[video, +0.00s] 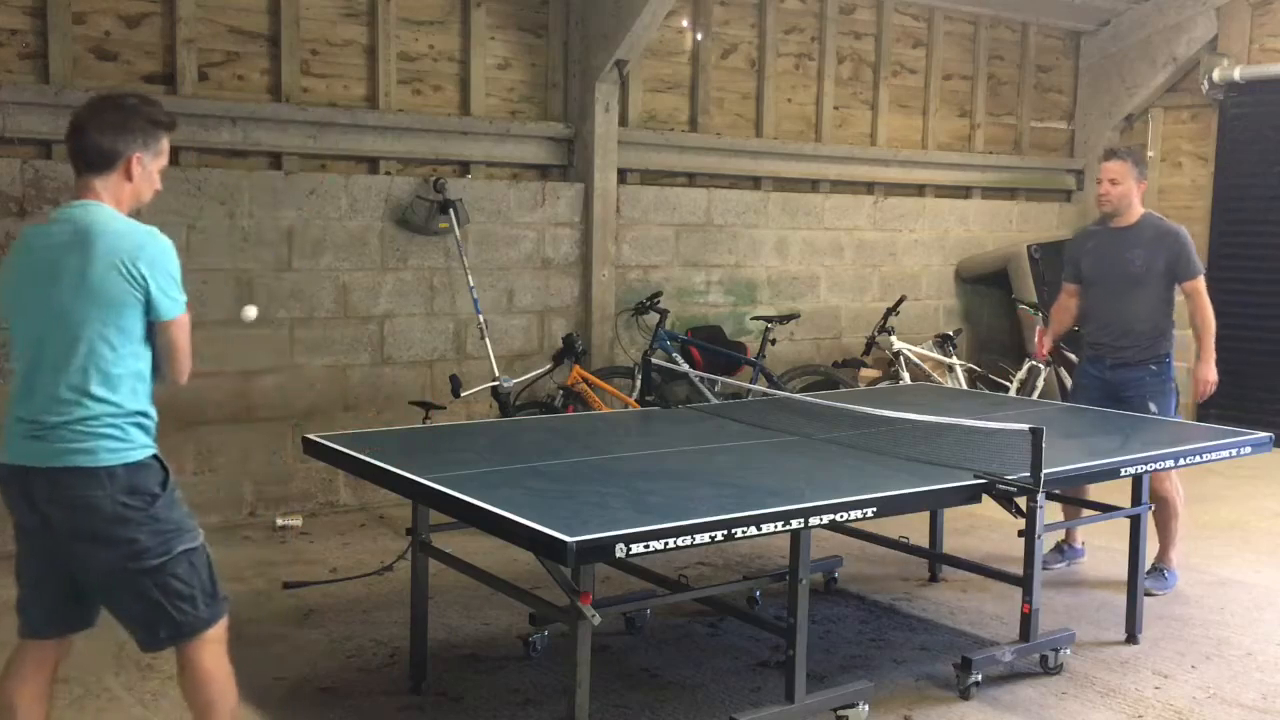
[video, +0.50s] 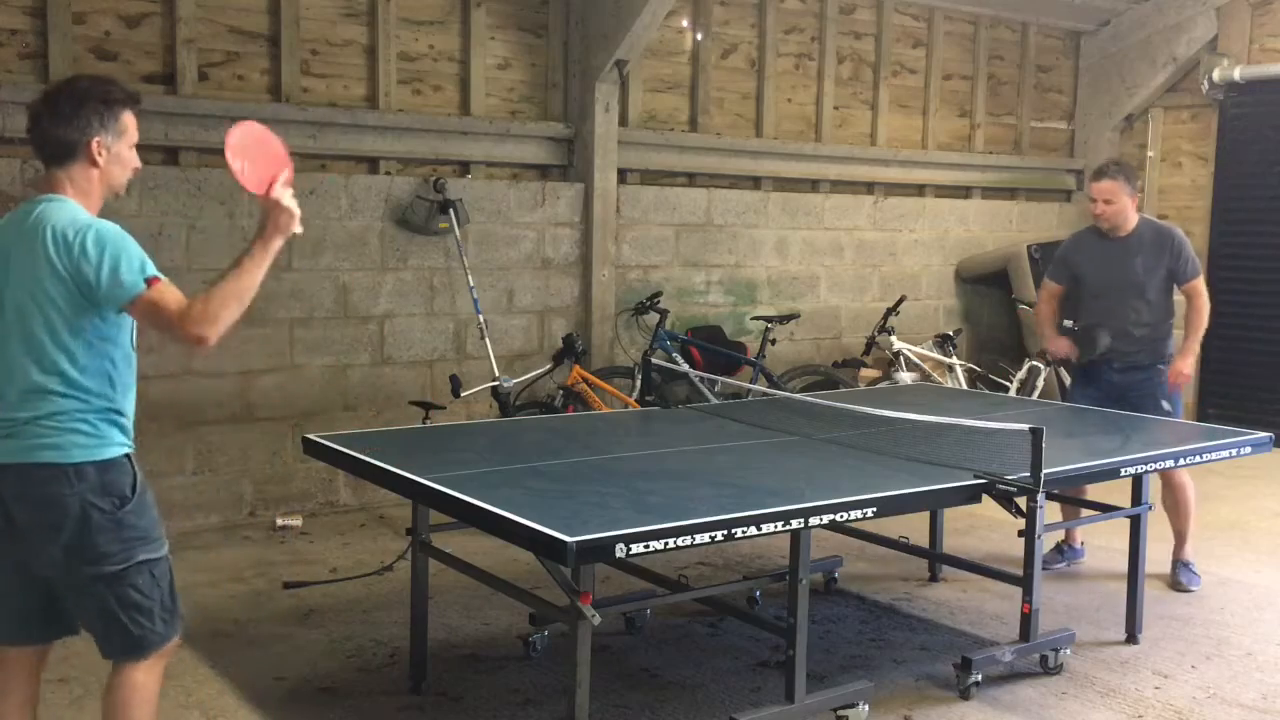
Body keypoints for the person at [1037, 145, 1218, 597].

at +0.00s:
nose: (1102, 190)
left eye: (1113, 182)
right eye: (1100, 182)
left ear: (1139, 187)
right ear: (1098, 187)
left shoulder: (1169, 237)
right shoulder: (1084, 241)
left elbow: (1197, 298)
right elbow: (1068, 299)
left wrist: (1206, 359)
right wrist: (1050, 331)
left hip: (1148, 373)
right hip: (1092, 370)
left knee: (1159, 476)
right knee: (1070, 458)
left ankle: (1165, 562)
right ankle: (1071, 542)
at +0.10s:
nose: (1091, 194)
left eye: (1101, 186)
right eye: (1088, 187)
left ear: (1128, 190)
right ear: (1086, 191)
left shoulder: (1160, 236)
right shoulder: (1073, 243)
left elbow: (1190, 299)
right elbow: (1057, 300)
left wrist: (1192, 358)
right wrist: (1042, 335)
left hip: (1147, 370)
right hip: (1090, 369)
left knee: (1164, 466)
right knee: (1071, 455)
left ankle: (1171, 559)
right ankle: (1071, 542)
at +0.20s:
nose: (1086, 198)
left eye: (1096, 190)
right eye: (1083, 190)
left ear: (1123, 191)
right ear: (1080, 194)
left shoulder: (1157, 237)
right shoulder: (1068, 244)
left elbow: (1184, 297)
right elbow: (1051, 301)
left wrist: (1178, 354)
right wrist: (1034, 340)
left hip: (1146, 370)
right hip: (1089, 369)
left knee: (1167, 462)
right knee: (1071, 456)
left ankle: (1178, 556)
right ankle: (1070, 542)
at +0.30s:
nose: (1087, 201)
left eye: (1096, 193)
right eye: (1083, 193)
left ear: (1123, 193)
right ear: (1081, 196)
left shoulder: (1158, 238)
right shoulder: (1069, 245)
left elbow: (1184, 295)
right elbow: (1049, 302)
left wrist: (1173, 353)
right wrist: (1034, 339)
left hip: (1147, 371)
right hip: (1089, 370)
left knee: (1171, 465)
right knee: (1071, 458)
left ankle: (1182, 555)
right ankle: (1070, 543)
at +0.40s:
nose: (1091, 204)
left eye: (1100, 196)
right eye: (1087, 196)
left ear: (1128, 196)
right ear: (1085, 199)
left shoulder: (1163, 240)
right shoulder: (1074, 246)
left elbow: (1191, 298)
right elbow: (1048, 299)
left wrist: (1175, 354)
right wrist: (1033, 339)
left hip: (1149, 372)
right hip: (1091, 371)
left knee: (1170, 465)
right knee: (1070, 456)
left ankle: (1183, 555)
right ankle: (1070, 543)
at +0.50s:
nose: (1097, 210)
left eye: (1106, 202)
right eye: (1093, 201)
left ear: (1133, 199)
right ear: (1088, 201)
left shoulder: (1167, 241)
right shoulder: (1074, 248)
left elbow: (1197, 297)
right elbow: (1047, 297)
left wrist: (1188, 354)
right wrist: (1050, 335)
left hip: (1151, 377)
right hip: (1090, 378)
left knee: (1170, 467)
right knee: (1069, 461)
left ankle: (1183, 556)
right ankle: (1070, 542)